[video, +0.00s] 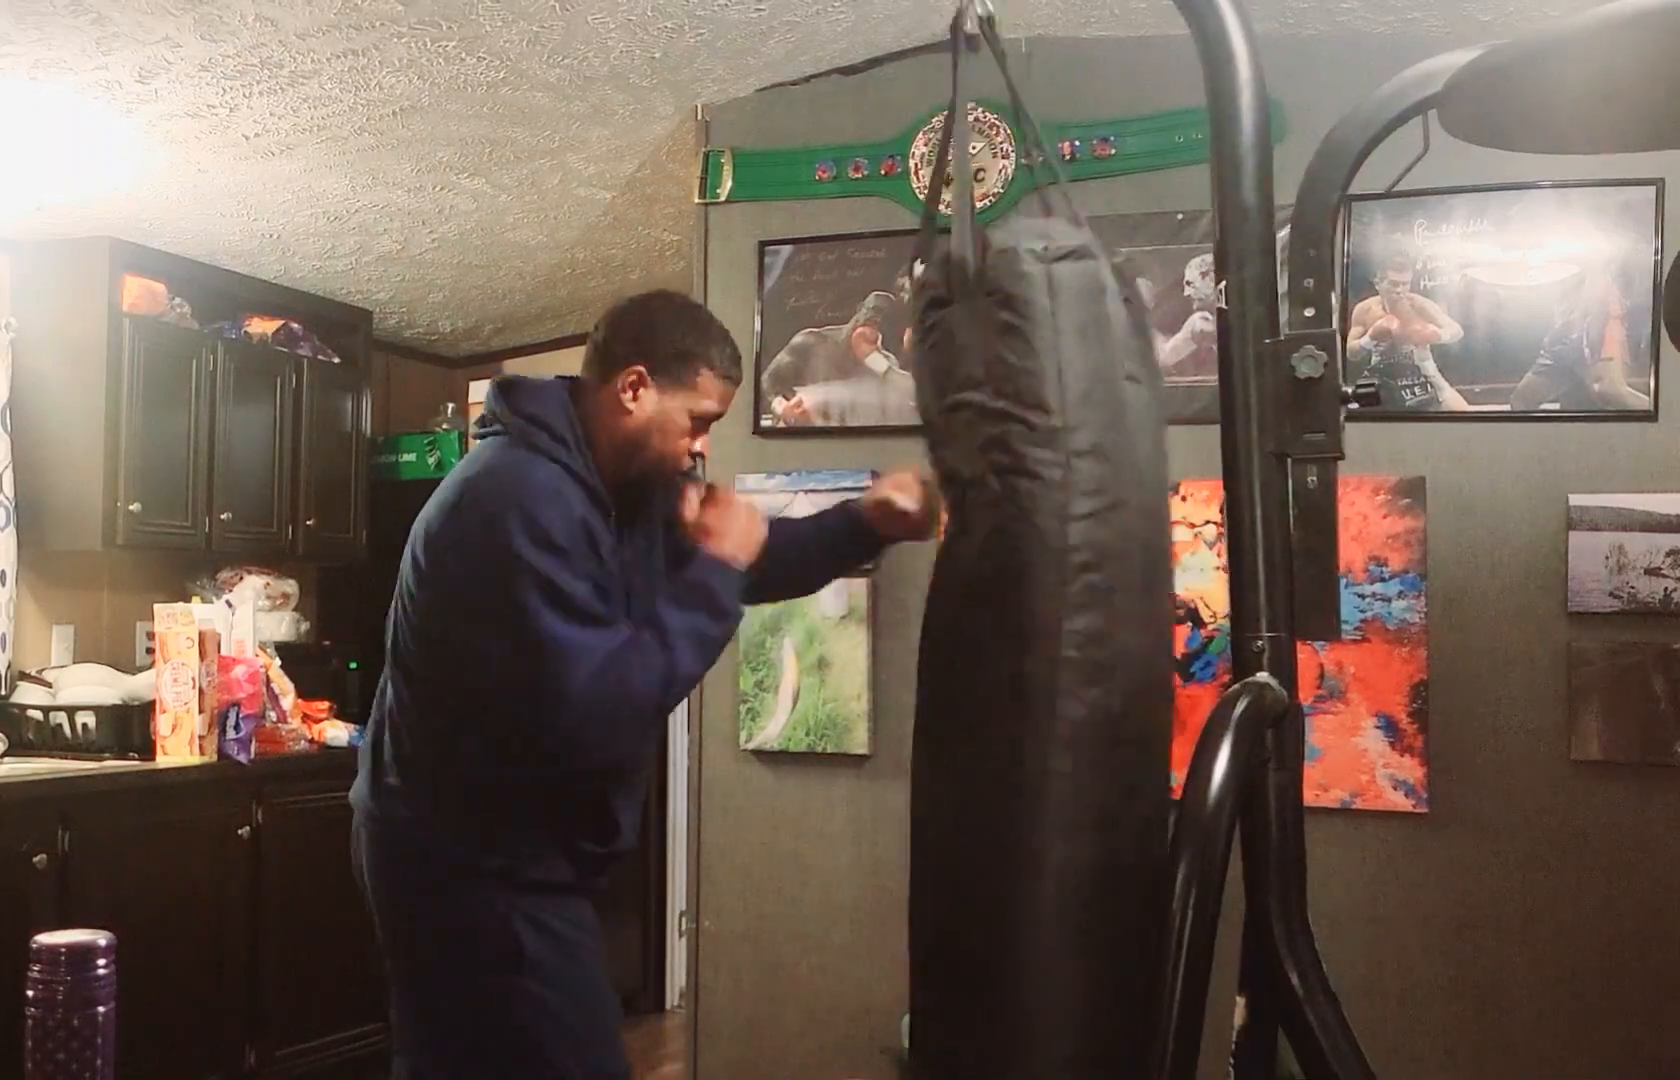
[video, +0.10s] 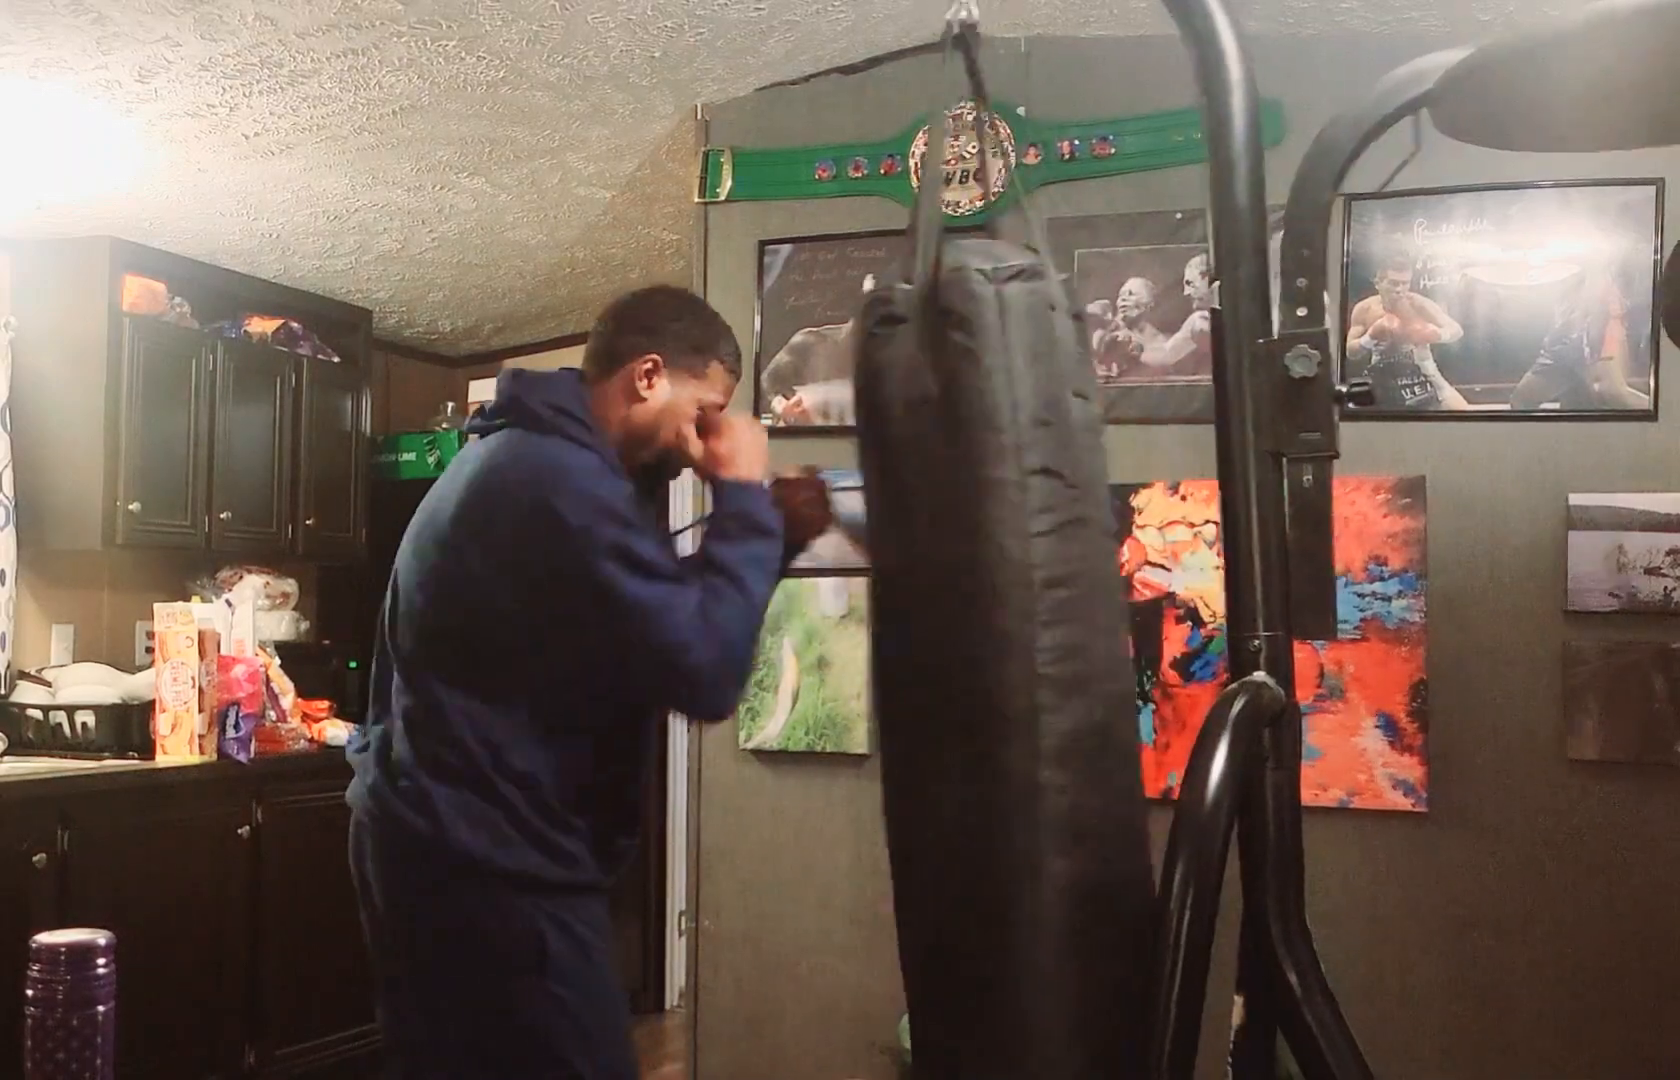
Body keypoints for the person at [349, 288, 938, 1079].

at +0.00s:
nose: (701, 452)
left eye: (710, 431)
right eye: (697, 424)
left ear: (633, 394)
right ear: (632, 391)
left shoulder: (604, 487)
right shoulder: (516, 500)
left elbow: (729, 567)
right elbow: (590, 708)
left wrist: (866, 524)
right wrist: (713, 572)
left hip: (532, 858)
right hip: (480, 870)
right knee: (568, 1063)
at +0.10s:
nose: (703, 440)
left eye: (715, 420)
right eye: (704, 413)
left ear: (640, 376)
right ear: (647, 379)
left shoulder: (508, 458)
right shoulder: (558, 482)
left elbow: (640, 617)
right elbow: (705, 673)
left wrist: (765, 539)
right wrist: (745, 496)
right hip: (499, 867)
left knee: (456, 1063)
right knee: (577, 1062)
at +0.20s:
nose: (704, 441)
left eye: (714, 417)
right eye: (707, 410)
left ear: (622, 372)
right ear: (663, 377)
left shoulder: (491, 442)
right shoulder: (608, 472)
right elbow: (783, 625)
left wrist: (716, 506)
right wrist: (761, 446)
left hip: (403, 828)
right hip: (511, 857)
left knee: (423, 1061)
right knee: (572, 1061)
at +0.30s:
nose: (692, 439)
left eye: (703, 421)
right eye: (700, 416)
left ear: (610, 373)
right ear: (659, 385)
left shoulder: (464, 436)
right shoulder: (641, 467)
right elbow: (817, 592)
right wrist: (769, 429)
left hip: (379, 819)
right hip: (518, 842)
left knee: (407, 1058)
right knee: (567, 1062)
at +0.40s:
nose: (681, 460)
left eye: (692, 445)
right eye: (686, 439)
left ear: (603, 387)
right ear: (643, 397)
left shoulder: (445, 444)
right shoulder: (630, 468)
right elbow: (801, 604)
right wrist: (770, 445)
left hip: (368, 831)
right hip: (519, 850)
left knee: (387, 1063)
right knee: (560, 1062)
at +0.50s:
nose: (663, 476)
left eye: (673, 461)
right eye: (669, 455)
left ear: (581, 403)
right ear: (628, 414)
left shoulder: (431, 461)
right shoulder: (609, 481)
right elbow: (796, 605)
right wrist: (748, 455)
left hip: (351, 839)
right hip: (499, 857)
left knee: (385, 1064)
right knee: (559, 1061)